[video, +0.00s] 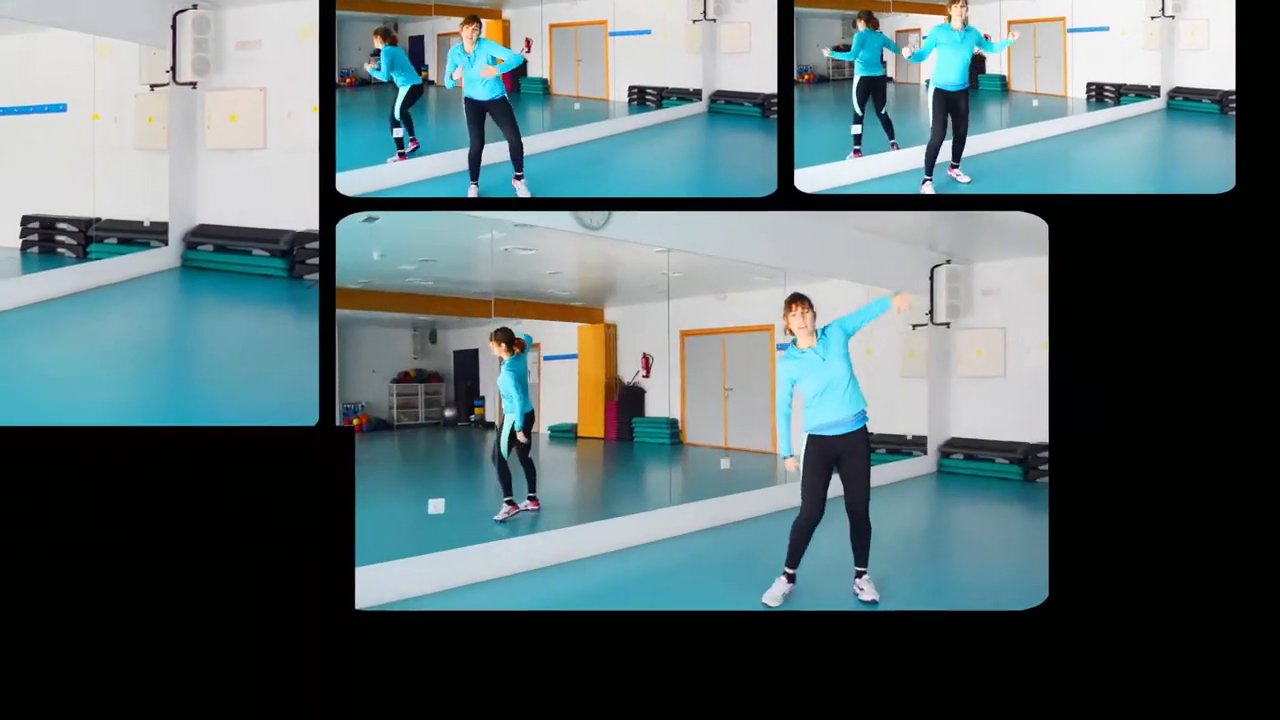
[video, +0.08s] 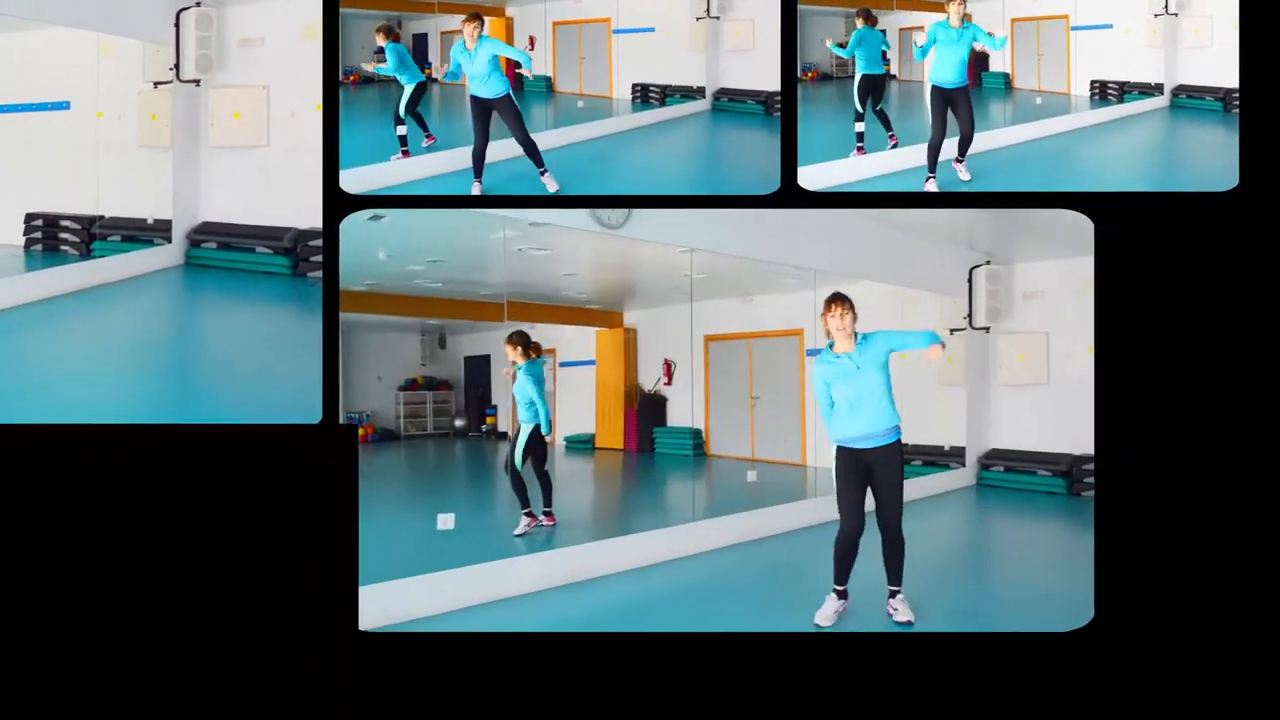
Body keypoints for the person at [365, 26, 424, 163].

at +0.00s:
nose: (374, 42)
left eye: (375, 39)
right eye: (374, 39)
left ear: (380, 38)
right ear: (389, 37)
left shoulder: (386, 51)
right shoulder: (397, 49)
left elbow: (384, 76)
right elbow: (393, 69)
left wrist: (370, 70)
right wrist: (377, 66)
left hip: (408, 86)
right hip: (416, 83)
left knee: (395, 117)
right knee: (403, 110)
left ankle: (401, 153)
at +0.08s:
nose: (376, 39)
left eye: (377, 36)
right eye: (376, 36)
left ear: (382, 35)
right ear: (388, 35)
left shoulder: (390, 48)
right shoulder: (398, 46)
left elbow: (393, 70)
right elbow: (395, 67)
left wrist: (375, 68)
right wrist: (378, 67)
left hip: (412, 83)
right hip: (419, 81)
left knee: (399, 116)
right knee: (412, 110)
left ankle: (404, 152)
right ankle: (429, 136)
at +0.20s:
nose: (379, 36)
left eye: (380, 33)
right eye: (379, 33)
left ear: (386, 33)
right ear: (387, 33)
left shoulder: (402, 46)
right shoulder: (393, 49)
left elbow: (415, 64)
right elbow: (405, 67)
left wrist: (399, 64)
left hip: (419, 81)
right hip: (415, 81)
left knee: (401, 114)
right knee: (428, 110)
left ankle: (408, 148)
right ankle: (445, 133)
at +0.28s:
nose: (383, 38)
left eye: (384, 35)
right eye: (383, 35)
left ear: (391, 35)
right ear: (391, 35)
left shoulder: (407, 48)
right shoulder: (396, 50)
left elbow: (422, 61)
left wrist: (412, 63)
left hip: (422, 82)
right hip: (416, 82)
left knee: (401, 113)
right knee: (434, 109)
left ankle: (410, 147)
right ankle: (451, 133)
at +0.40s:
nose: (386, 35)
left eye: (387, 32)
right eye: (386, 32)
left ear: (394, 31)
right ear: (394, 31)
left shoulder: (408, 45)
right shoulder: (400, 46)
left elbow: (419, 66)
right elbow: (411, 63)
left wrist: (400, 63)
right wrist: (398, 62)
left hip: (423, 79)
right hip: (421, 79)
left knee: (404, 110)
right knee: (434, 108)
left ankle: (413, 145)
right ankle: (451, 130)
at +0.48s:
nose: (387, 31)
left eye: (388, 28)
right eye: (387, 28)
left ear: (394, 27)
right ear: (397, 27)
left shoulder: (403, 42)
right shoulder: (408, 39)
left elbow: (407, 64)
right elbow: (410, 61)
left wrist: (386, 59)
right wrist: (390, 58)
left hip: (422, 76)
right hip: (430, 74)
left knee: (408, 108)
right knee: (426, 103)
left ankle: (414, 144)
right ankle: (446, 128)